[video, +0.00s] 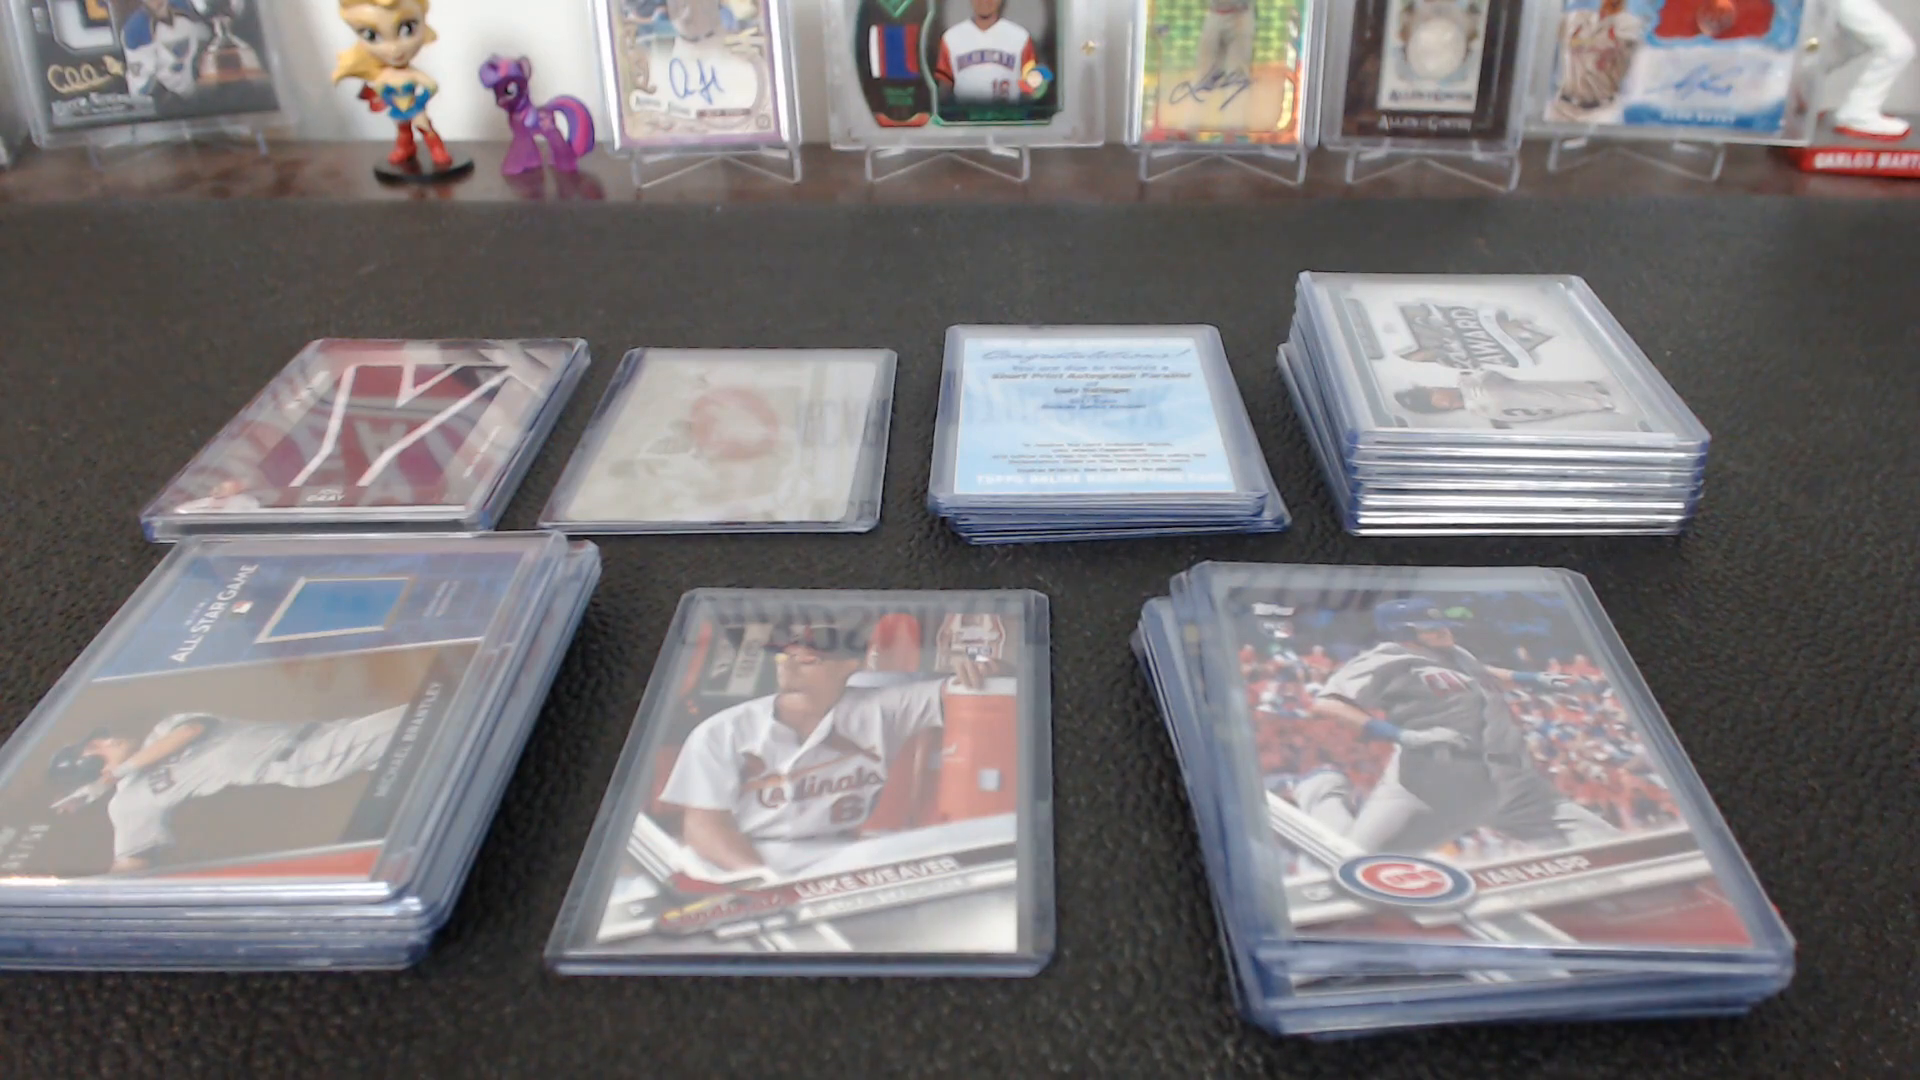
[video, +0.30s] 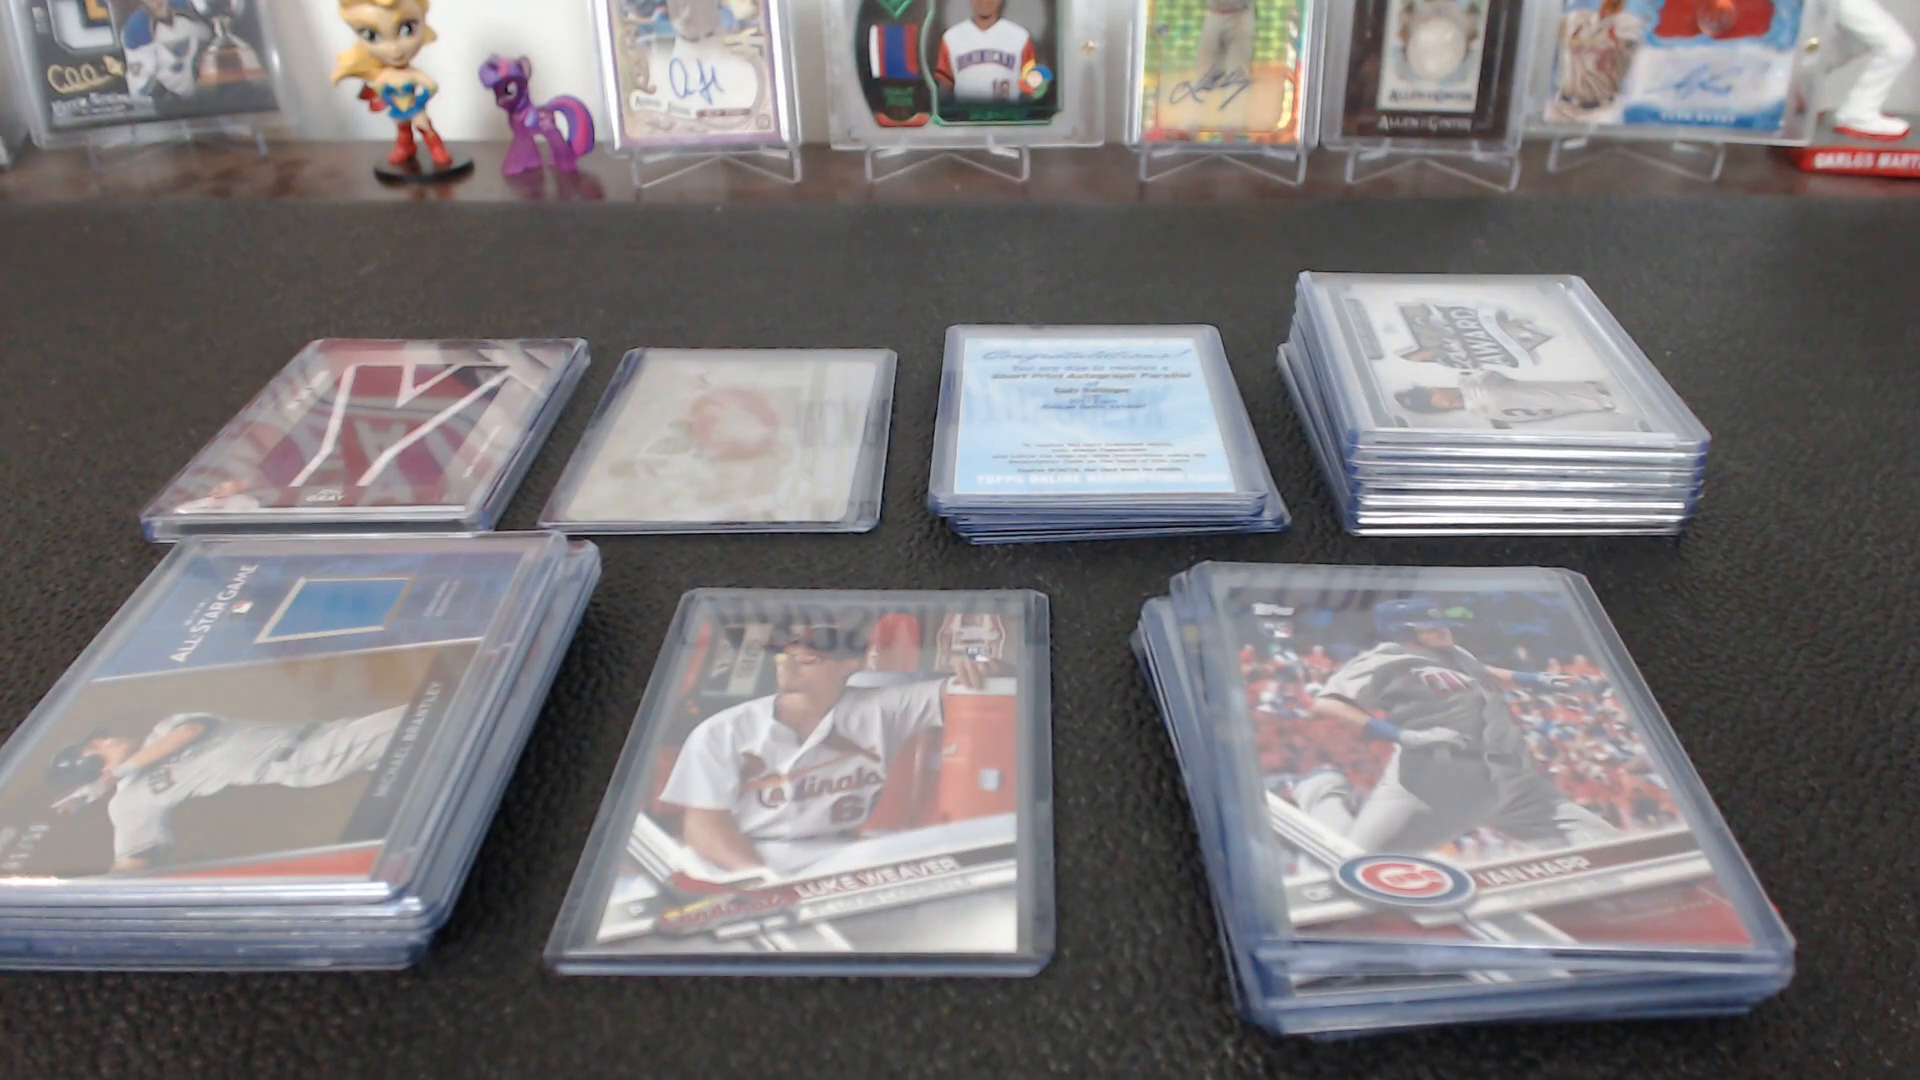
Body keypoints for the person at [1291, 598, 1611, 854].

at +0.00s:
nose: (1446, 631)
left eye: (1446, 622)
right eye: (1434, 623)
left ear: (1450, 623)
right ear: (1405, 628)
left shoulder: (1458, 656)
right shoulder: (1388, 659)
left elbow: (1488, 676)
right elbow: (1328, 704)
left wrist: (1538, 682)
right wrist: (1404, 736)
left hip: (1508, 788)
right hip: (1427, 796)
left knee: (1609, 846)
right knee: (1352, 868)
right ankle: (1321, 792)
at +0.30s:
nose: (1447, 630)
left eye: (1446, 622)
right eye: (1435, 622)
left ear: (1448, 625)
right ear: (1407, 628)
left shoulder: (1459, 657)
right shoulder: (1388, 659)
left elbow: (1490, 677)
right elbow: (1328, 704)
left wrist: (1539, 682)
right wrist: (1405, 736)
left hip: (1510, 790)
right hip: (1426, 798)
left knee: (1614, 850)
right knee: (1353, 868)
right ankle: (1321, 792)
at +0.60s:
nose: (1447, 630)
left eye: (1446, 622)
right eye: (1435, 622)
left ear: (1448, 624)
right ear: (1406, 628)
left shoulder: (1459, 657)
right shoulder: (1388, 659)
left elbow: (1489, 677)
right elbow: (1328, 704)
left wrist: (1538, 682)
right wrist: (1405, 736)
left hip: (1510, 790)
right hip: (1426, 798)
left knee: (1614, 850)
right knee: (1353, 868)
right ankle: (1321, 792)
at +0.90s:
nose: (1446, 630)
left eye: (1445, 621)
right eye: (1434, 622)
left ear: (1446, 625)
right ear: (1406, 628)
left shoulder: (1459, 657)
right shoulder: (1388, 659)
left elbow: (1490, 677)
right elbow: (1328, 704)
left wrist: (1538, 682)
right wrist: (1405, 736)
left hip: (1509, 790)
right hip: (1426, 798)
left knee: (1614, 850)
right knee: (1352, 868)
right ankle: (1321, 792)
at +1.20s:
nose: (1446, 630)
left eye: (1445, 622)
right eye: (1434, 622)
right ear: (1406, 629)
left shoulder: (1459, 657)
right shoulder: (1388, 659)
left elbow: (1490, 677)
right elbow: (1328, 704)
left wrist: (1539, 682)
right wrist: (1405, 736)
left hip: (1509, 789)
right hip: (1426, 798)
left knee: (1614, 850)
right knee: (1352, 868)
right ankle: (1321, 792)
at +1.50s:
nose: (1446, 630)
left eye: (1446, 622)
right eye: (1434, 623)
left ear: (1447, 625)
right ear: (1406, 629)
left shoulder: (1459, 657)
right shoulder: (1388, 659)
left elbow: (1490, 676)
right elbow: (1328, 704)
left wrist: (1539, 682)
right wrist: (1404, 736)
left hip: (1511, 790)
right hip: (1427, 798)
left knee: (1614, 850)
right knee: (1352, 869)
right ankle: (1321, 792)